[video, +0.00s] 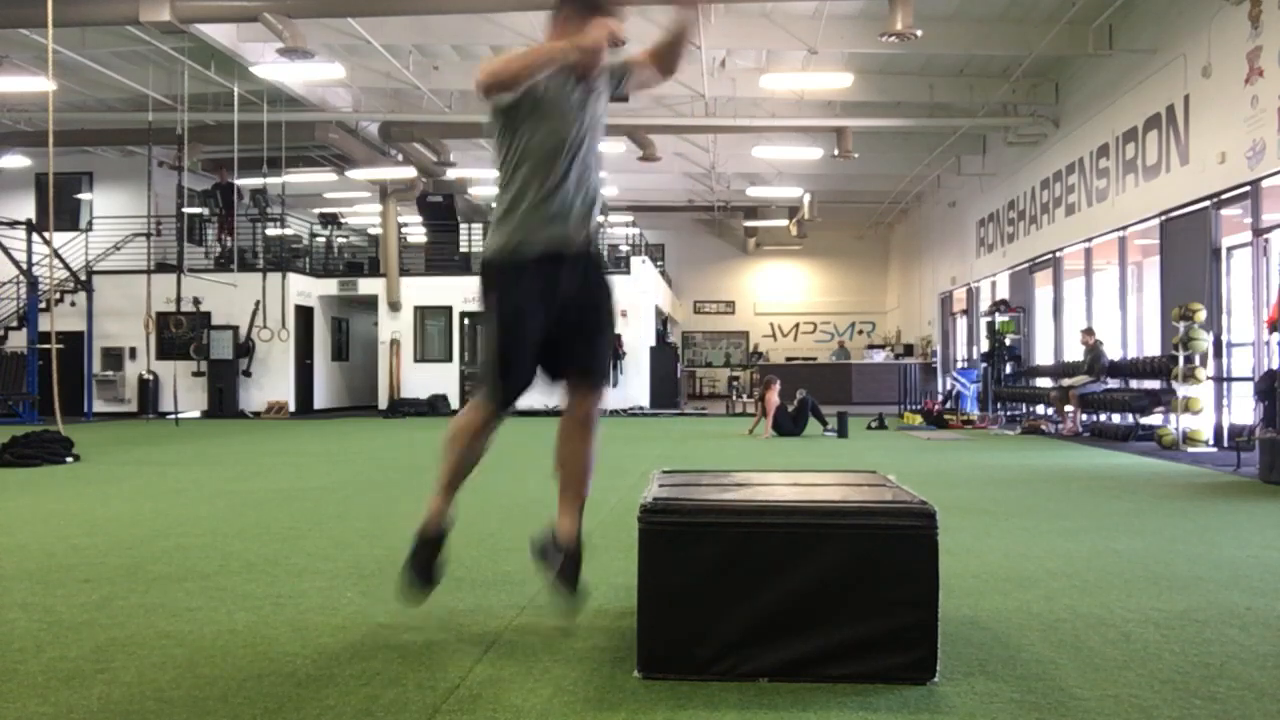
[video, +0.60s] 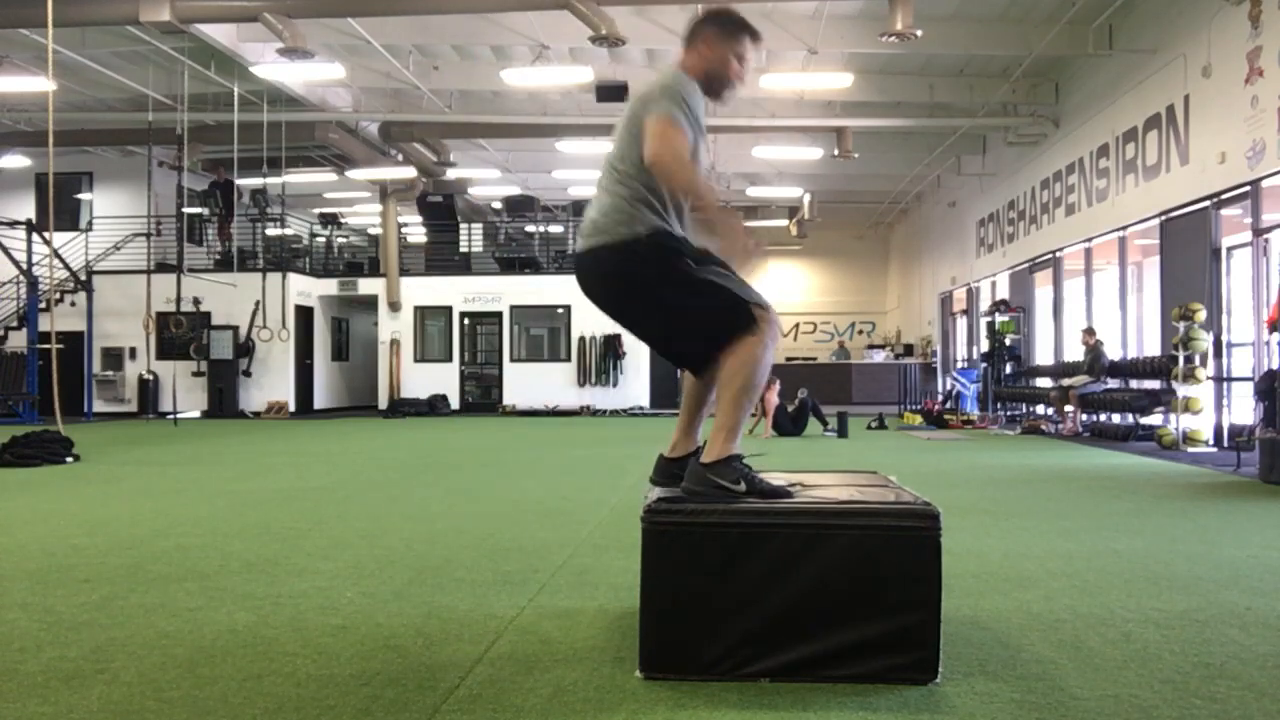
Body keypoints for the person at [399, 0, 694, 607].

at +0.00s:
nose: (611, 36)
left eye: (613, 28)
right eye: (604, 24)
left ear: (601, 33)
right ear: (568, 21)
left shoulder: (600, 72)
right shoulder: (524, 66)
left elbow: (658, 64)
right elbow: (489, 81)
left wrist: (686, 20)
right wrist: (572, 49)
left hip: (580, 255)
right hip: (517, 255)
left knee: (586, 396)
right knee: (496, 395)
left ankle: (567, 537)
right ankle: (436, 516)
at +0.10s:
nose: (656, 22)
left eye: (659, 13)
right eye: (651, 10)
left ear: (640, 11)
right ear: (618, 3)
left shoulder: (628, 57)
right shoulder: (564, 28)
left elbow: (673, 84)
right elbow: (502, 62)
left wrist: (750, 76)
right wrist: (570, 109)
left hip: (583, 210)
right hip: (529, 209)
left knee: (642, 320)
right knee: (574, 334)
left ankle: (576, 439)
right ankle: (500, 428)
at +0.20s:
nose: (701, 30)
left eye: (706, 20)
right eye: (698, 15)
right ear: (666, 4)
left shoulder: (659, 66)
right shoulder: (612, 32)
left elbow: (672, 131)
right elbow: (539, 81)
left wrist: (715, 168)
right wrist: (530, 172)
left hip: (591, 192)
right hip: (552, 185)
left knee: (682, 262)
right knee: (662, 259)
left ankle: (613, 390)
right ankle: (597, 391)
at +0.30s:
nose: (737, 53)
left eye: (741, 43)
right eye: (734, 38)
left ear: (703, 23)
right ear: (702, 21)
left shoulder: (671, 80)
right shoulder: (647, 55)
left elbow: (643, 162)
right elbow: (569, 109)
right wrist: (527, 196)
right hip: (585, 192)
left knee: (698, 270)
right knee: (700, 265)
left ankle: (683, 410)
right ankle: (680, 410)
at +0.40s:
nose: (754, 82)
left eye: (759, 72)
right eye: (753, 67)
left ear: (722, 54)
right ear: (722, 50)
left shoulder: (688, 98)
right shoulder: (677, 86)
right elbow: (605, 139)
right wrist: (567, 229)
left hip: (618, 237)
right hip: (627, 231)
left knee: (704, 329)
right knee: (742, 316)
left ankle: (676, 455)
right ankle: (714, 460)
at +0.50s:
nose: (758, 99)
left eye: (761, 87)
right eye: (757, 82)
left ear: (718, 71)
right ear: (726, 68)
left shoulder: (662, 110)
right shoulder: (691, 107)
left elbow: (621, 204)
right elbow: (642, 174)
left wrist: (606, 306)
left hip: (604, 261)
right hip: (642, 252)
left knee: (715, 339)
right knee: (770, 324)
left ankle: (680, 455)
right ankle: (721, 459)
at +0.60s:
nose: (742, 74)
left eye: (746, 64)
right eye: (737, 58)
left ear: (701, 53)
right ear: (703, 46)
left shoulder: (683, 107)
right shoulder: (673, 88)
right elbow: (663, 155)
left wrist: (756, 372)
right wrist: (721, 215)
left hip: (607, 253)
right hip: (631, 243)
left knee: (713, 342)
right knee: (759, 324)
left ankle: (678, 457)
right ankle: (719, 461)